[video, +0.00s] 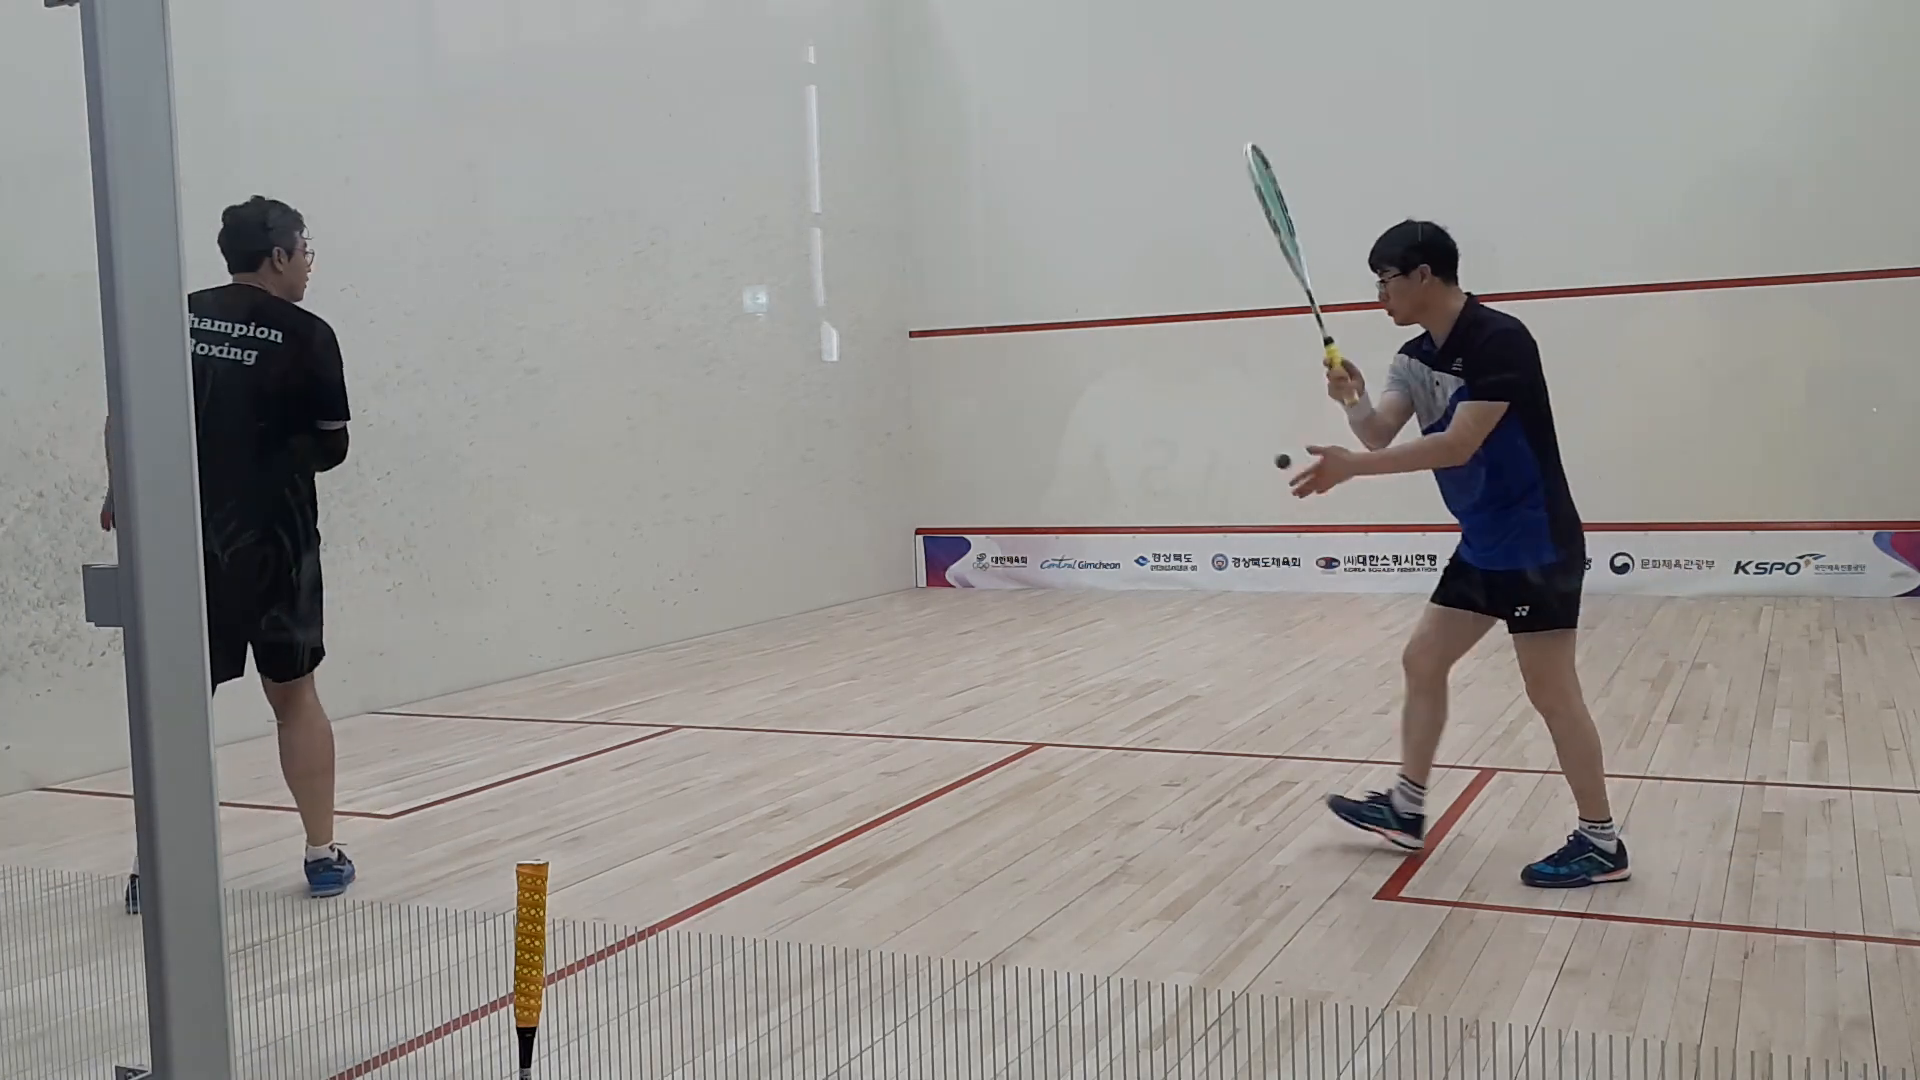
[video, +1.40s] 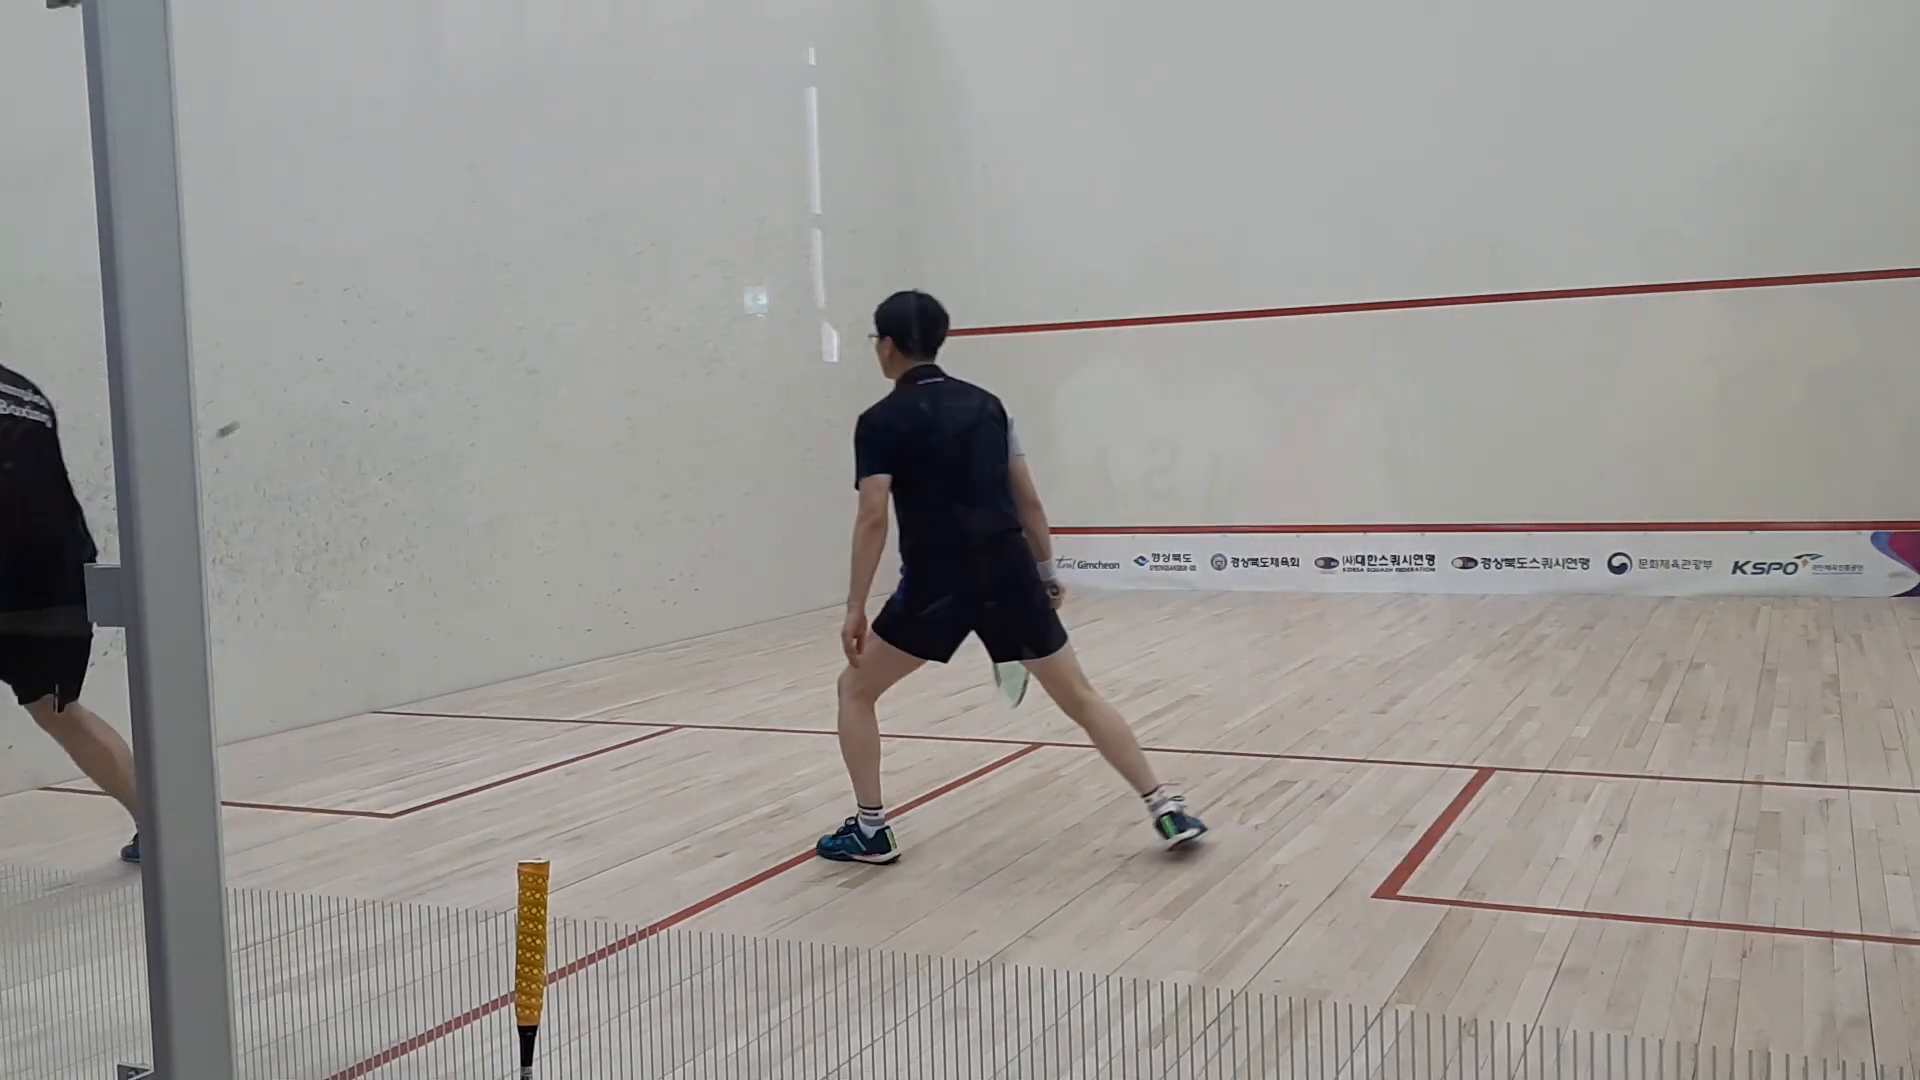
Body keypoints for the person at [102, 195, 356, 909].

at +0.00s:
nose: (310, 263)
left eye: (306, 251)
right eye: (304, 252)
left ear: (236, 260)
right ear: (280, 258)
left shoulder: (174, 312)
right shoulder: (307, 333)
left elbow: (124, 414)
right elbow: (330, 447)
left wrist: (119, 489)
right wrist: (268, 446)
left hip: (179, 543)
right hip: (275, 547)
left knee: (166, 706)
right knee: (295, 699)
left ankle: (151, 866)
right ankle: (323, 855)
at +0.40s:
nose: (293, 271)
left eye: (290, 260)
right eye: (289, 261)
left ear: (215, 269)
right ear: (272, 267)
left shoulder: (177, 321)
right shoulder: (305, 345)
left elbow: (115, 403)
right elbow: (314, 452)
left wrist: (51, 431)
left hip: (186, 547)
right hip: (276, 550)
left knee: (155, 699)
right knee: (294, 696)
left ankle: (135, 855)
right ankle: (324, 853)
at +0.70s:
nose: (221, 283)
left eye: (217, 271)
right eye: (217, 272)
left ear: (145, 271)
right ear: (202, 277)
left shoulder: (108, 328)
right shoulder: (239, 354)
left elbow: (70, 408)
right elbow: (245, 461)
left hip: (115, 560)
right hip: (216, 564)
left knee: (78, 699)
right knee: (247, 693)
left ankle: (86, 867)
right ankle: (316, 843)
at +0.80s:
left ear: (107, 259)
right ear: (177, 265)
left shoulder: (72, 334)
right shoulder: (205, 353)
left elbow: (30, 419)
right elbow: (210, 464)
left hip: (85, 557)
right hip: (181, 562)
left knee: (59, 703)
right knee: (206, 685)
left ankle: (84, 867)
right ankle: (278, 810)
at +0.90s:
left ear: (76, 270)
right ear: (141, 263)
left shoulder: (44, 334)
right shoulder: (176, 347)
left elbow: (4, 424)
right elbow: (189, 451)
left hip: (69, 559)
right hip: (159, 560)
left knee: (44, 697)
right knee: (171, 697)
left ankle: (82, 865)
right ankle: (204, 827)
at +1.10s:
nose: (110, 308)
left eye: (105, 299)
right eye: (107, 300)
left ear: (36, 304)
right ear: (93, 303)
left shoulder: (14, 358)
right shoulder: (122, 359)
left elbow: (5, 462)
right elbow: (146, 461)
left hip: (40, 575)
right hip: (114, 572)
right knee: (103, 694)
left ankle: (62, 847)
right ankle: (158, 823)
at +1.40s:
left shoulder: (23, 399)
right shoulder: (29, 396)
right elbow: (58, 503)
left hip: (19, 590)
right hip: (53, 585)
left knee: (54, 709)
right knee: (56, 707)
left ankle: (149, 819)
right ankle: (150, 820)